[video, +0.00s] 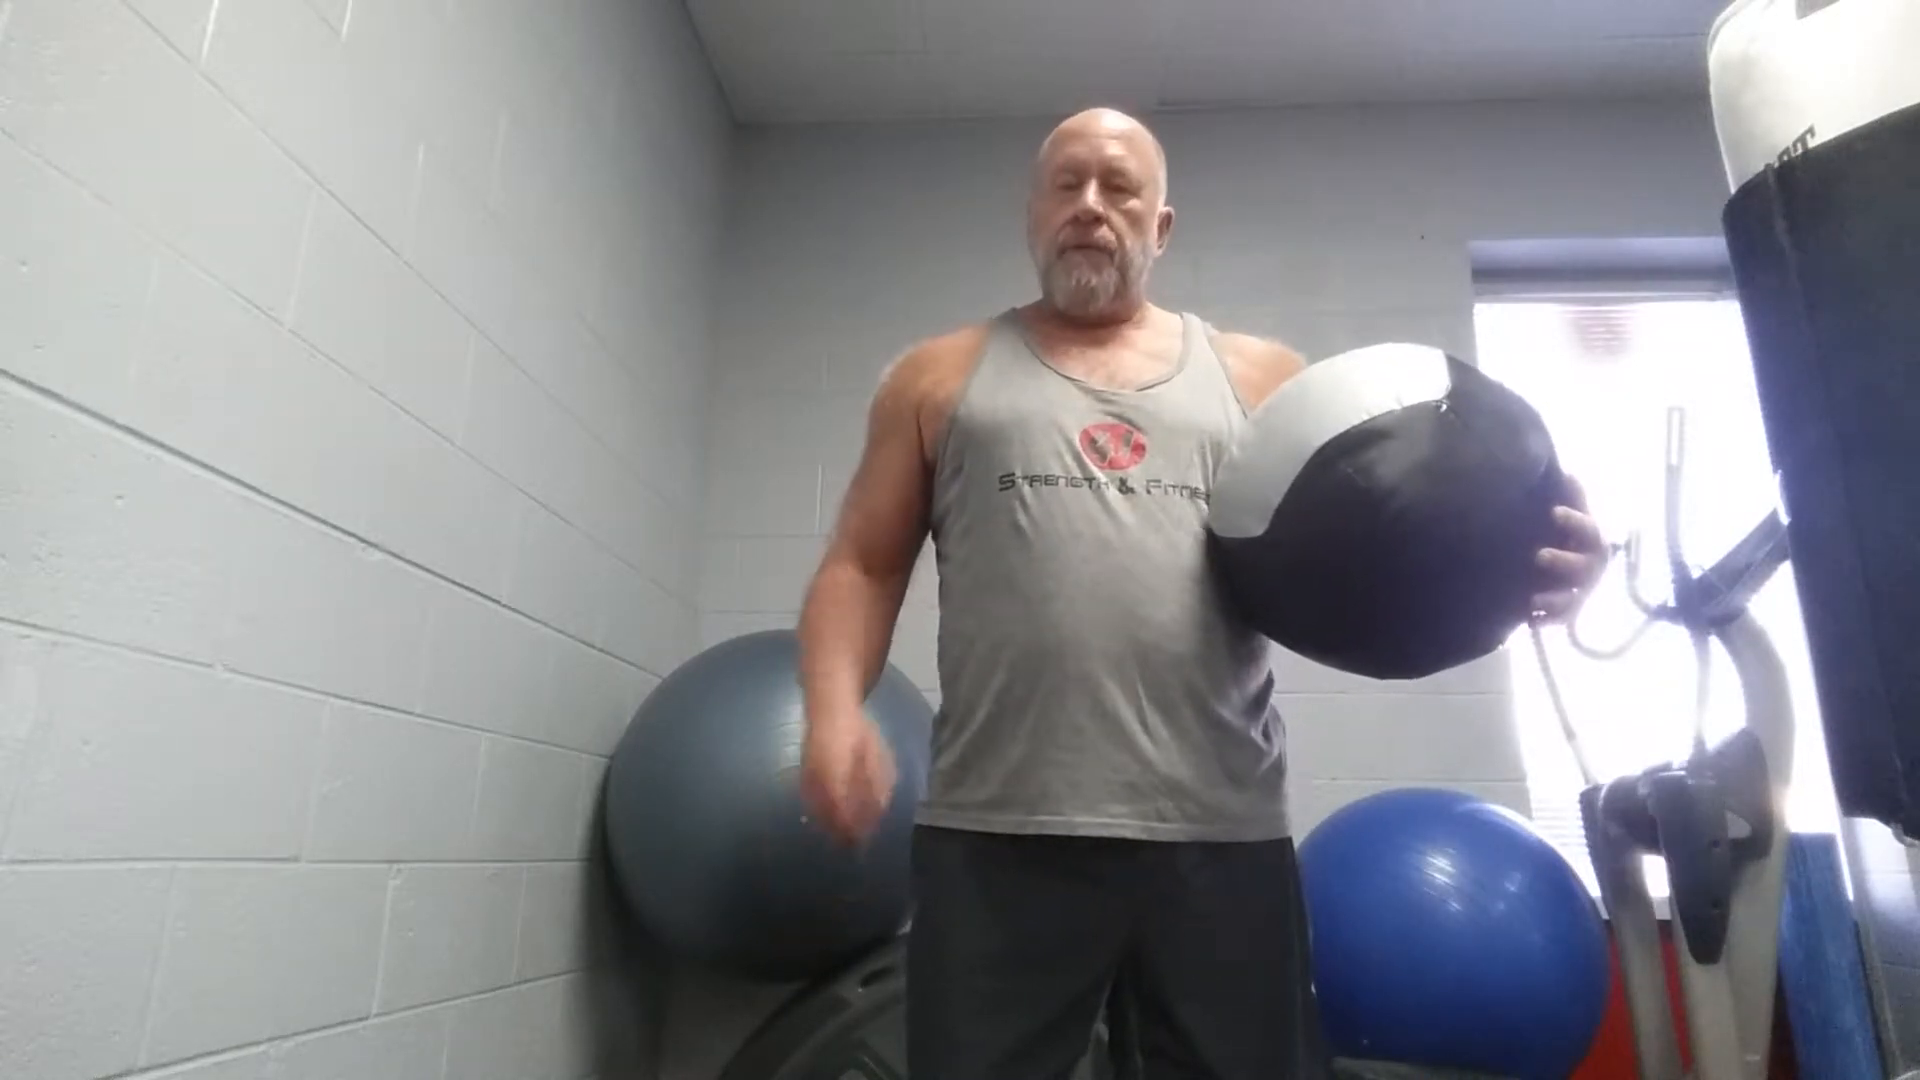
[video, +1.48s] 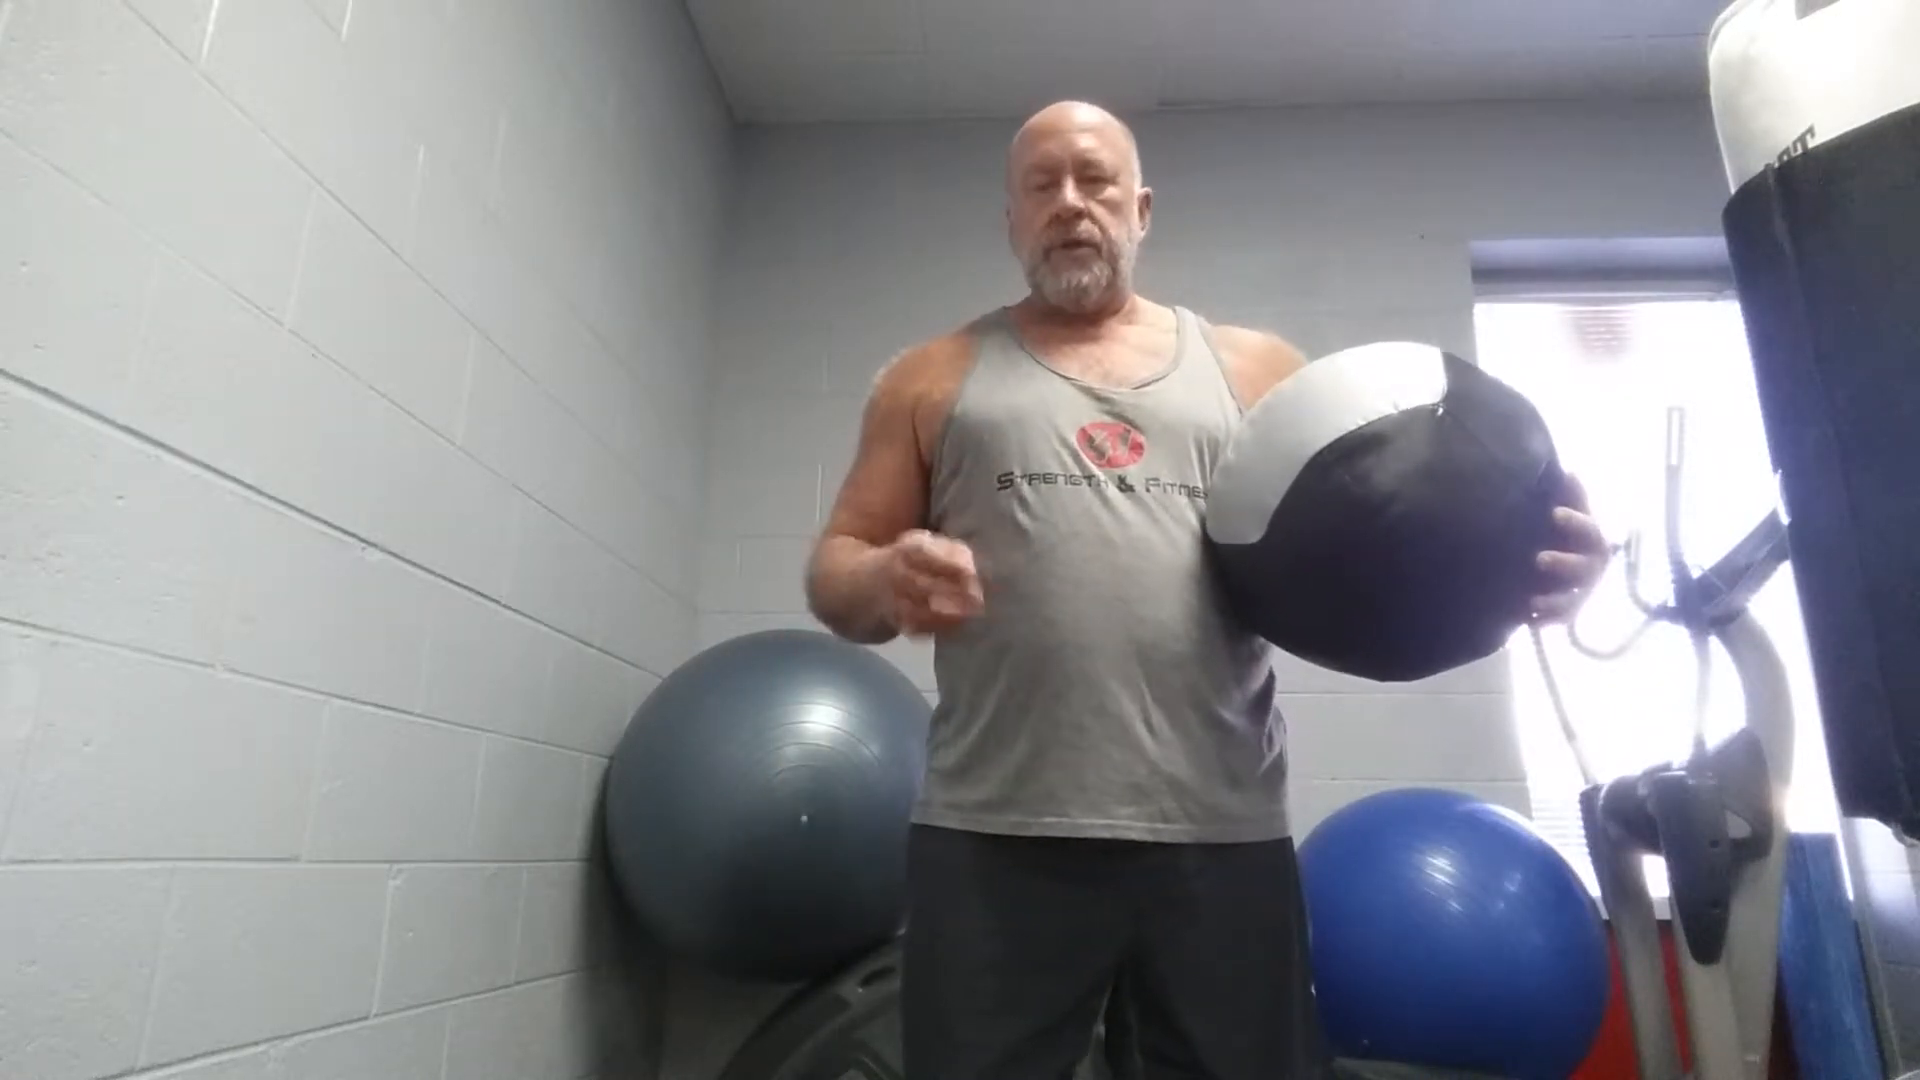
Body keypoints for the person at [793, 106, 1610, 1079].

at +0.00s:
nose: (1091, 206)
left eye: (1120, 187)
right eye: (1066, 184)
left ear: (1162, 222)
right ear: (1028, 213)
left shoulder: (1256, 374)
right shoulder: (938, 377)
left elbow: (1404, 521)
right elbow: (864, 564)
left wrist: (1545, 558)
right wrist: (832, 714)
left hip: (1222, 844)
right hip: (995, 843)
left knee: (1250, 1067)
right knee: (976, 1068)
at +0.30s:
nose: (1088, 206)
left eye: (1118, 187)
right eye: (1065, 183)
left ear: (1159, 223)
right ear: (1028, 212)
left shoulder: (1253, 374)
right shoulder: (936, 375)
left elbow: (1394, 533)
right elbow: (841, 589)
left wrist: (1537, 568)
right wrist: (877, 539)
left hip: (1219, 838)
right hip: (993, 839)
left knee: (1250, 1065)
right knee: (973, 1067)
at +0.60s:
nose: (1097, 203)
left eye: (1127, 186)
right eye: (1073, 180)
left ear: (1163, 224)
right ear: (1033, 209)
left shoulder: (1252, 374)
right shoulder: (935, 373)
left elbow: (1391, 537)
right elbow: (841, 584)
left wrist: (1536, 570)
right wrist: (881, 548)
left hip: (1216, 840)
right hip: (991, 839)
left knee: (1244, 1076)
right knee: (971, 1076)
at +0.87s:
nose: (1096, 204)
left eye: (1124, 185)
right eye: (1071, 180)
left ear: (1160, 219)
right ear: (1030, 207)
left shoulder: (1254, 374)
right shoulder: (933, 373)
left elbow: (1392, 536)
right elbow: (838, 583)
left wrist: (1535, 569)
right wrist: (890, 554)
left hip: (1217, 841)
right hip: (991, 839)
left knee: (1238, 1076)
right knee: (971, 1075)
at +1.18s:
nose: (1090, 204)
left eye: (1118, 184)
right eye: (1064, 180)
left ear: (1157, 214)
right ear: (1025, 209)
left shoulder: (1254, 371)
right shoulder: (932, 374)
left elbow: (1392, 532)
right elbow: (837, 584)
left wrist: (1540, 563)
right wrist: (886, 560)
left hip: (1219, 842)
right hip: (992, 840)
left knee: (1239, 1078)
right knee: (971, 1076)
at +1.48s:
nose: (1067, 203)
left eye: (1094, 180)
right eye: (1041, 184)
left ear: (1143, 209)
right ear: (1008, 217)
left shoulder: (1252, 366)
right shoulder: (930, 380)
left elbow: (1393, 527)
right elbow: (833, 577)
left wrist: (1545, 559)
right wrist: (883, 584)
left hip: (1220, 845)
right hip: (993, 844)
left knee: (1246, 1077)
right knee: (973, 1076)